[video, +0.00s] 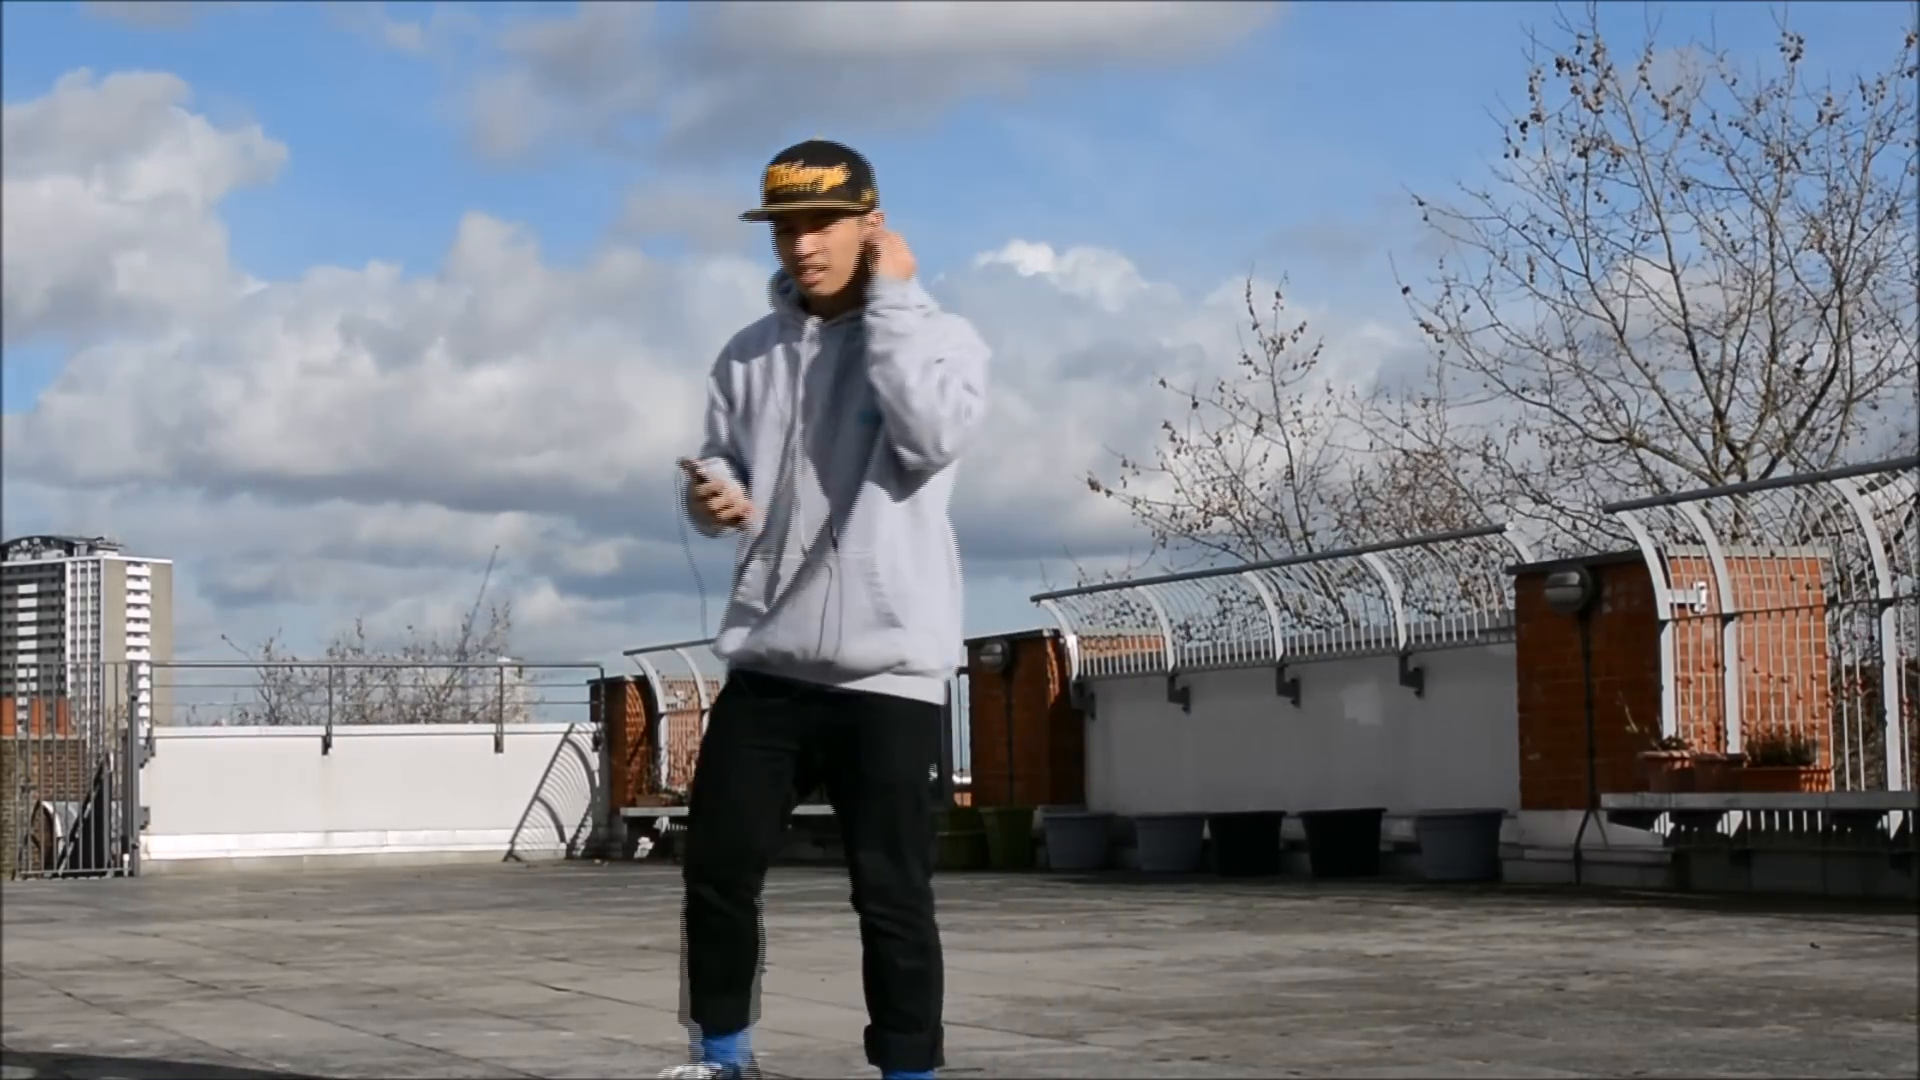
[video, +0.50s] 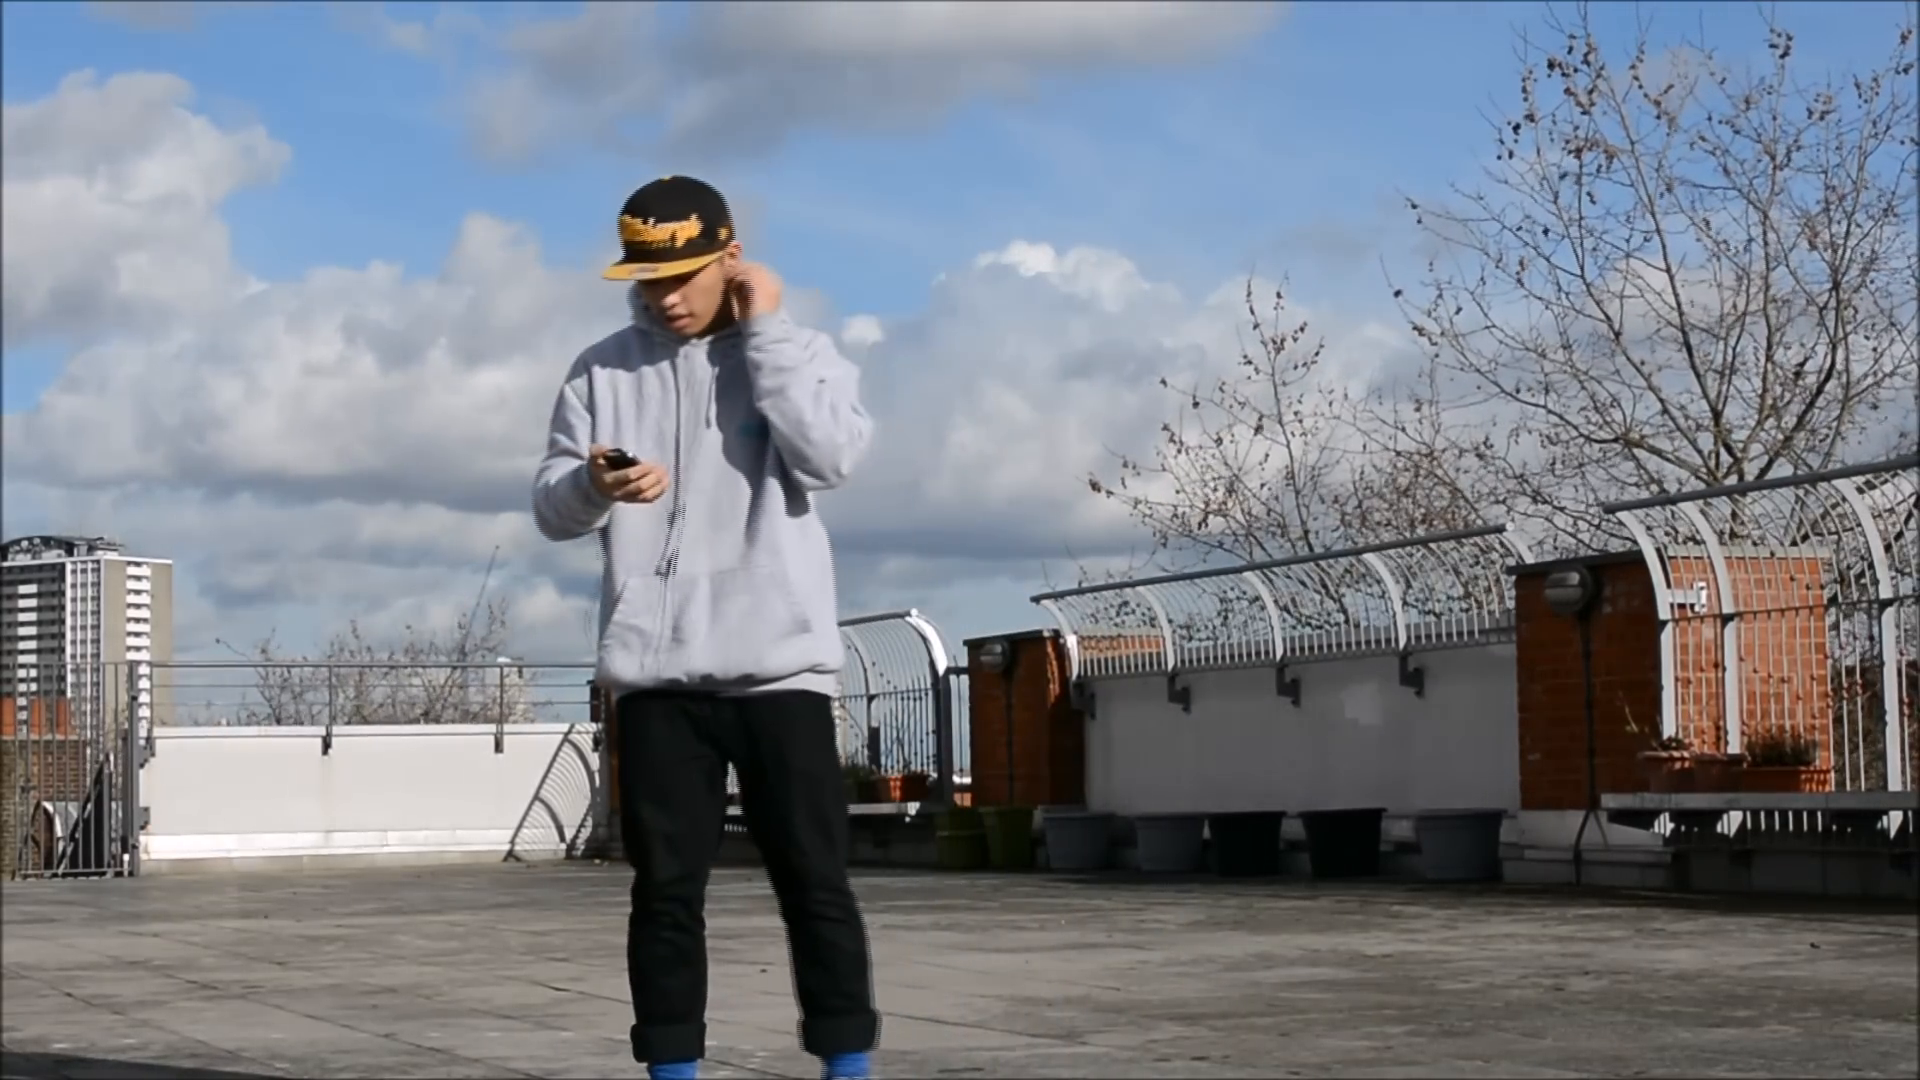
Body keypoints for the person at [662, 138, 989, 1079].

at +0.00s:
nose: (799, 246)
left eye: (820, 226)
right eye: (785, 229)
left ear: (871, 228)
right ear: (774, 238)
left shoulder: (937, 335)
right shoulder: (750, 354)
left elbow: (927, 440)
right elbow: (713, 477)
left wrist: (893, 296)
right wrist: (713, 500)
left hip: (891, 660)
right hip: (771, 657)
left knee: (890, 881)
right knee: (718, 858)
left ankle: (908, 1069)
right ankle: (721, 1055)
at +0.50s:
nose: (665, 300)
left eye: (682, 279)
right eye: (647, 283)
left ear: (730, 257)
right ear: (628, 272)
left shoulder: (793, 350)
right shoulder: (600, 371)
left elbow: (831, 457)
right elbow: (551, 510)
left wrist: (765, 328)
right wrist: (596, 486)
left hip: (780, 662)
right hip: (654, 667)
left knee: (813, 878)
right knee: (665, 884)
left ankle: (846, 1062)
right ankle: (672, 1068)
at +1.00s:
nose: (696, 329)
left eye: (712, 311)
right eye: (677, 314)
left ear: (751, 285)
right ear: (652, 291)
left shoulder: (797, 370)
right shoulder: (616, 378)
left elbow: (857, 479)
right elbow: (575, 517)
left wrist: (791, 357)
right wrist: (635, 497)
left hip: (779, 675)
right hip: (662, 676)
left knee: (771, 882)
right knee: (674, 881)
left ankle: (764, 1062)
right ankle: (672, 1064)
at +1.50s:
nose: (750, 325)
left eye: (767, 309)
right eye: (733, 310)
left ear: (800, 290)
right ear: (708, 294)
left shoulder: (852, 384)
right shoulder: (659, 383)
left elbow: (891, 508)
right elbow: (619, 510)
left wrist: (842, 504)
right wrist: (686, 502)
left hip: (806, 677)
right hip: (688, 673)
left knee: (782, 883)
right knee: (677, 874)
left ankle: (762, 1063)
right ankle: (658, 1061)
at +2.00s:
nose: (760, 320)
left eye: (779, 306)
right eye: (744, 303)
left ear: (812, 290)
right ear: (719, 287)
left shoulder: (858, 387)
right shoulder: (663, 379)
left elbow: (892, 512)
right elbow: (619, 498)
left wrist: (825, 510)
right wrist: (689, 502)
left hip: (802, 679)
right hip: (684, 674)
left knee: (779, 884)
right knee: (672, 876)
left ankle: (760, 1062)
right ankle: (653, 1061)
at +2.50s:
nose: (762, 319)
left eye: (781, 304)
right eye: (746, 302)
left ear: (816, 289)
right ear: (724, 287)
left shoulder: (862, 390)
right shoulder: (669, 378)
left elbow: (892, 516)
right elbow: (623, 495)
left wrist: (808, 532)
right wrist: (689, 523)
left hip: (804, 680)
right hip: (686, 674)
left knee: (780, 886)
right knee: (673, 877)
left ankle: (761, 1062)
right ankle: (654, 1061)